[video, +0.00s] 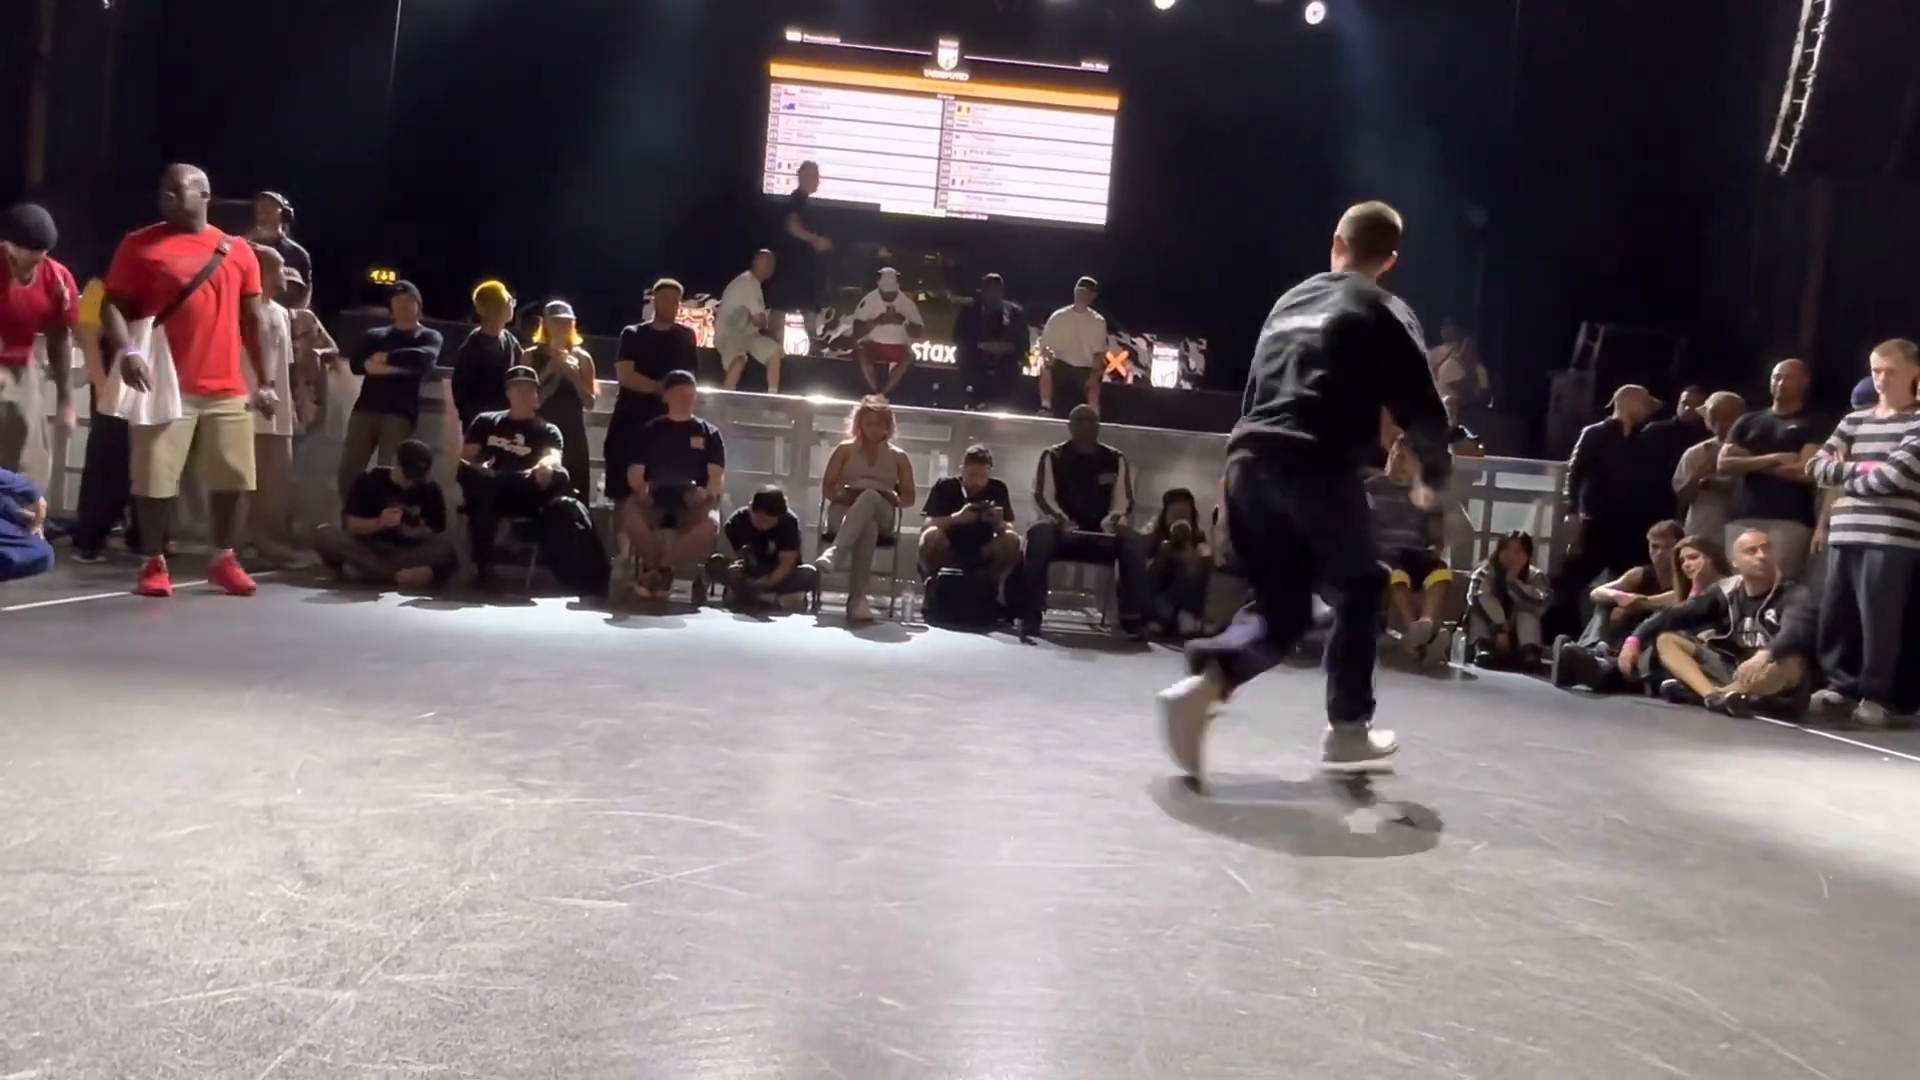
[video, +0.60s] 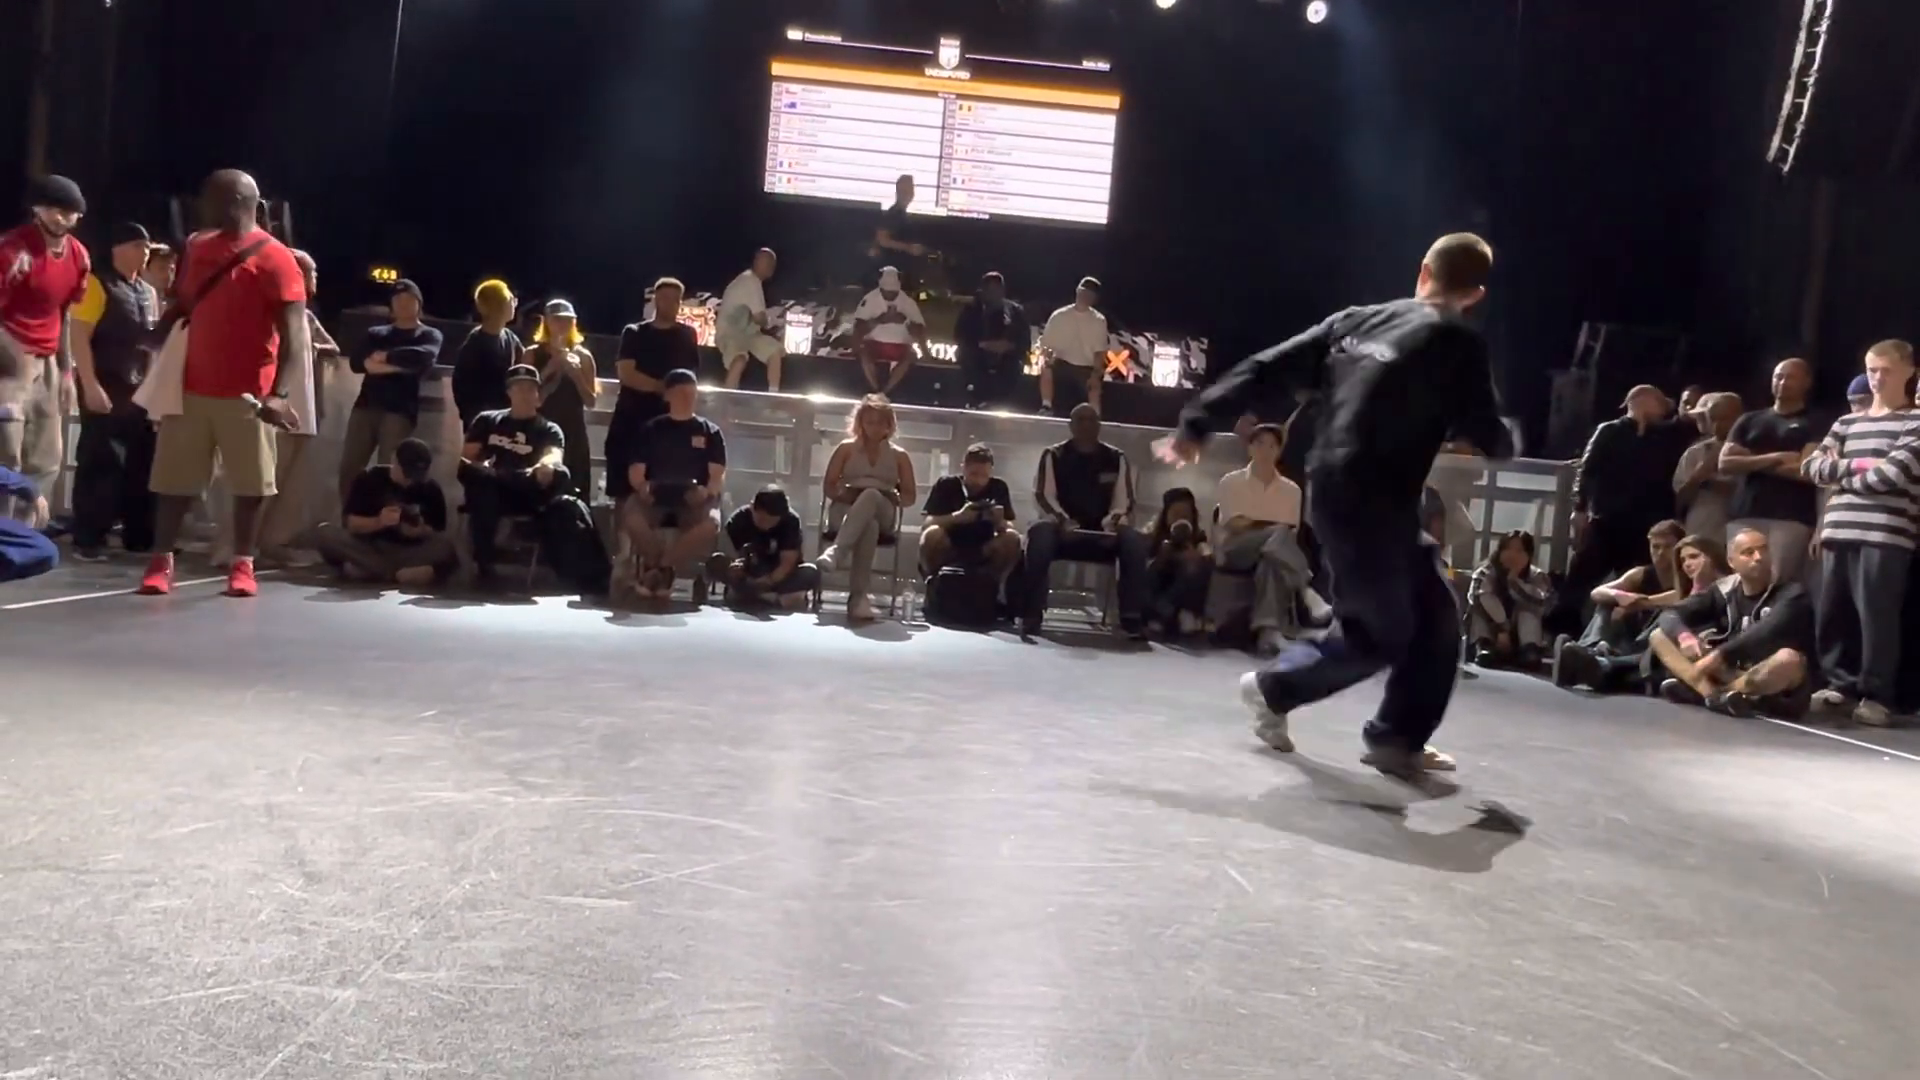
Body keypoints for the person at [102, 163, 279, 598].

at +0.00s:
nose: (174, 196)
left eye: (182, 189)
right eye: (170, 190)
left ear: (205, 195)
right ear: (163, 198)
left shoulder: (238, 250)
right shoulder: (139, 247)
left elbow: (253, 317)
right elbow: (113, 305)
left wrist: (266, 380)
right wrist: (125, 350)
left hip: (227, 390)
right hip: (165, 390)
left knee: (234, 476)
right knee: (155, 481)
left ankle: (225, 557)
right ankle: (155, 563)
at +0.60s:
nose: (213, 206)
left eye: (221, 198)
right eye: (213, 198)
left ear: (247, 204)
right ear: (213, 202)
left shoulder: (278, 259)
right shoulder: (196, 247)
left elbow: (295, 335)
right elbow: (177, 306)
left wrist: (283, 394)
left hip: (248, 397)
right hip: (189, 391)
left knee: (250, 487)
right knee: (173, 483)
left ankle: (243, 564)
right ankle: (161, 562)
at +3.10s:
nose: (161, 213)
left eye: (169, 205)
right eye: (159, 207)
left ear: (194, 207)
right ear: (158, 213)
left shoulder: (227, 259)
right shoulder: (141, 258)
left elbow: (251, 324)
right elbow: (99, 306)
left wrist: (259, 385)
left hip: (206, 395)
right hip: (143, 394)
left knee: (216, 488)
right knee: (136, 487)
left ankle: (219, 569)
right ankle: (133, 566)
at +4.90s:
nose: (108, 276)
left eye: (114, 267)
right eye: (100, 269)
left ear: (127, 269)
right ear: (86, 272)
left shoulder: (156, 308)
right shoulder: (76, 318)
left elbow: (206, 358)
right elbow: (58, 384)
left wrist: (258, 386)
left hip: (161, 442)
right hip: (103, 448)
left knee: (172, 532)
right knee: (107, 539)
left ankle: (172, 616)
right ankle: (120, 620)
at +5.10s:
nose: (101, 278)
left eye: (108, 270)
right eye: (93, 272)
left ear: (125, 272)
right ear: (82, 276)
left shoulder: (157, 311)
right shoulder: (75, 321)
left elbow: (204, 362)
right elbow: (59, 386)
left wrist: (256, 396)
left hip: (162, 442)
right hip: (104, 448)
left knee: (174, 531)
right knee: (108, 540)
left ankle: (175, 617)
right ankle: (120, 622)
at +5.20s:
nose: (98, 279)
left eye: (105, 271)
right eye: (92, 273)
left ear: (125, 272)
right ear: (83, 277)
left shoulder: (159, 312)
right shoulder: (77, 322)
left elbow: (204, 364)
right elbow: (60, 387)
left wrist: (251, 398)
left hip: (163, 443)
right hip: (105, 450)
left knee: (175, 534)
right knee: (110, 541)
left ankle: (180, 616)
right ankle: (121, 622)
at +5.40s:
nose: (97, 279)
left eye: (105, 272)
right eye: (93, 273)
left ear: (129, 273)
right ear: (89, 277)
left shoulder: (167, 316)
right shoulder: (79, 323)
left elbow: (210, 368)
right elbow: (64, 388)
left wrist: (244, 404)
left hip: (166, 448)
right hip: (108, 452)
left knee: (181, 538)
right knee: (113, 544)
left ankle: (190, 618)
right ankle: (126, 625)